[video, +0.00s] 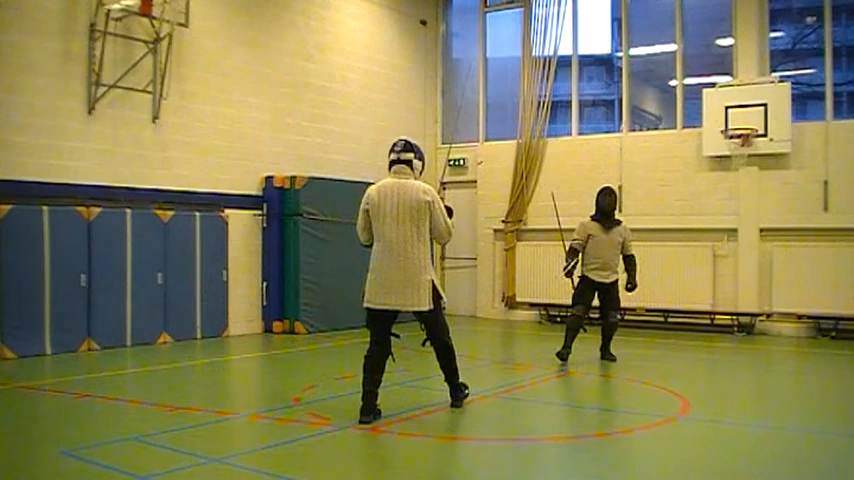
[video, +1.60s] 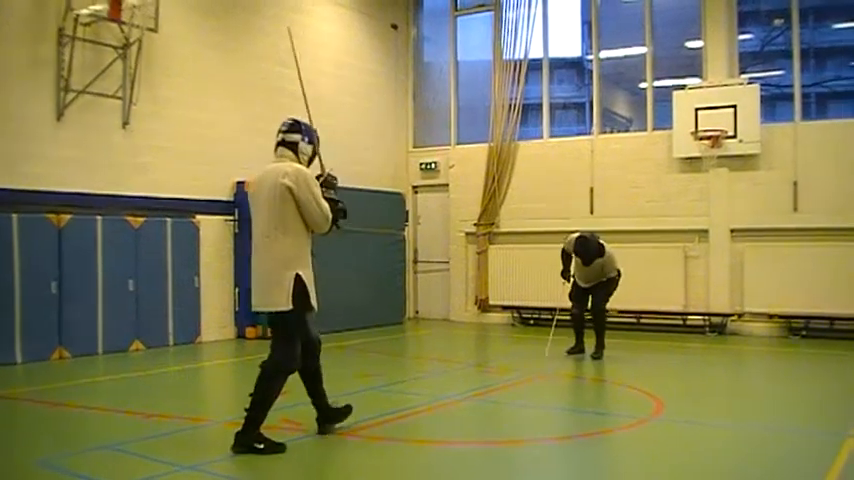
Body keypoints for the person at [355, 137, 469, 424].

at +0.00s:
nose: (420, 167)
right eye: (420, 163)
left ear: (390, 162)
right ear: (417, 163)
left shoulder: (373, 192)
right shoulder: (426, 193)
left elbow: (364, 238)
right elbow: (444, 235)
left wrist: (389, 229)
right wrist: (444, 213)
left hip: (381, 283)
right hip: (419, 283)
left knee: (378, 343)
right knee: (440, 337)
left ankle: (368, 407)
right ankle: (455, 390)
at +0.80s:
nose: (405, 162)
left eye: (405, 158)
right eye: (406, 158)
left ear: (375, 155)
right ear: (400, 157)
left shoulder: (355, 185)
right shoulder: (404, 184)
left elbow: (354, 227)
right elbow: (424, 229)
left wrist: (388, 217)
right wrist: (427, 202)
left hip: (361, 277)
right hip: (398, 275)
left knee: (372, 339)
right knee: (428, 328)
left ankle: (367, 407)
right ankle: (432, 396)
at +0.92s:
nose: (396, 157)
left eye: (397, 152)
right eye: (396, 152)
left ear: (365, 149)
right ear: (390, 151)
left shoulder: (346, 181)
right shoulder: (391, 178)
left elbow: (354, 220)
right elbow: (413, 222)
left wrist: (394, 220)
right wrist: (413, 197)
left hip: (348, 276)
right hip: (385, 274)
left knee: (369, 338)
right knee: (412, 335)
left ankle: (368, 406)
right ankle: (392, 403)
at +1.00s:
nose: (391, 155)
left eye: (391, 150)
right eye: (391, 150)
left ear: (360, 147)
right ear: (386, 149)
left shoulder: (341, 180)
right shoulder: (384, 176)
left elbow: (354, 220)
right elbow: (406, 221)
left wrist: (392, 198)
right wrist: (407, 194)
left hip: (344, 278)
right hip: (376, 277)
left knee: (367, 340)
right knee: (394, 342)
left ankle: (366, 407)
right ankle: (361, 403)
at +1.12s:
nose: (376, 159)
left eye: (376, 154)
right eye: (376, 154)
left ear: (345, 151)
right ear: (369, 153)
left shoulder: (326, 183)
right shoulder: (366, 180)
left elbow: (335, 224)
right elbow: (387, 225)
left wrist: (374, 200)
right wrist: (390, 197)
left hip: (328, 280)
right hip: (355, 280)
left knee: (358, 344)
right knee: (355, 345)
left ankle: (360, 408)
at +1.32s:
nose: (353, 163)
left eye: (353, 157)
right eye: (353, 157)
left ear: (321, 153)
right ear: (346, 155)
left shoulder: (301, 186)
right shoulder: (339, 182)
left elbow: (321, 227)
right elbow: (362, 228)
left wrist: (356, 197)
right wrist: (366, 201)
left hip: (304, 285)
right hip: (325, 286)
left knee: (345, 340)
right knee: (311, 356)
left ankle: (355, 409)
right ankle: (263, 426)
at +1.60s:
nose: (313, 154)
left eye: (314, 148)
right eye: (312, 148)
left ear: (279, 144)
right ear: (303, 146)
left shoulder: (262, 177)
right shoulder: (296, 174)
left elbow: (280, 220)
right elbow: (322, 223)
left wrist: (318, 190)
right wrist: (327, 193)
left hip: (267, 281)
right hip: (290, 282)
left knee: (308, 345)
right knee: (285, 355)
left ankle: (325, 412)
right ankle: (249, 433)